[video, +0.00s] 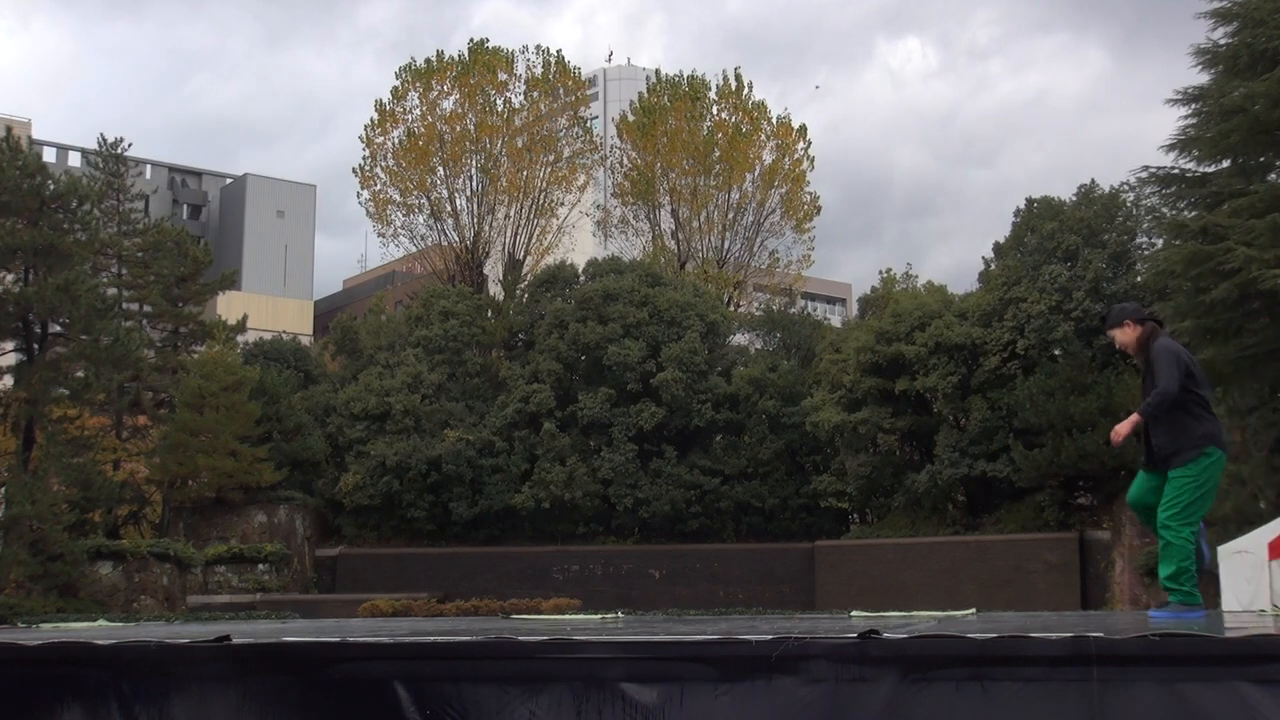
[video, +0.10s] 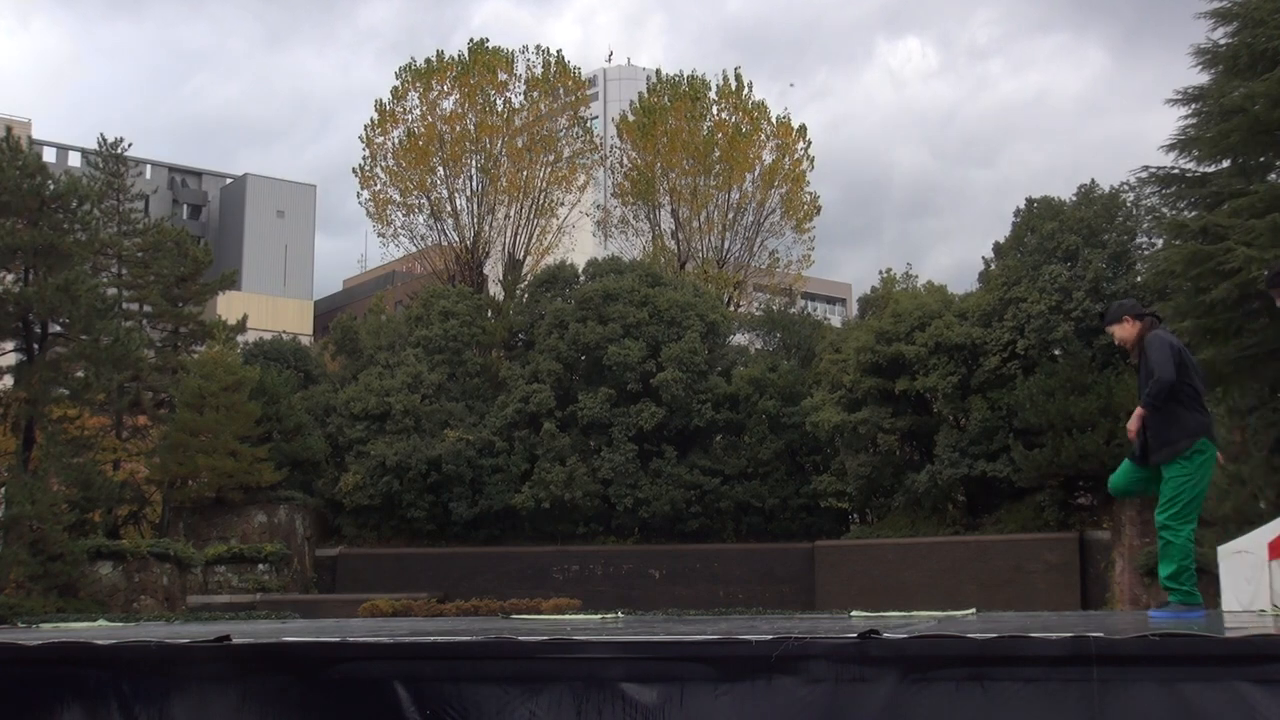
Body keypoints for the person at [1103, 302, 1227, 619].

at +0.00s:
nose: (1116, 345)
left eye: (1115, 336)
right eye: (1113, 339)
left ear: (1131, 326)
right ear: (1131, 328)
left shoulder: (1163, 349)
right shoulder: (1150, 357)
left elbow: (1167, 391)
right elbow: (1168, 402)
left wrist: (1132, 420)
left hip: (1197, 451)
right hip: (1170, 454)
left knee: (1173, 521)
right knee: (1140, 498)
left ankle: (1185, 599)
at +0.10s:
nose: (1115, 340)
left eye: (1114, 332)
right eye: (1111, 335)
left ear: (1129, 321)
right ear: (1129, 324)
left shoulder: (1156, 340)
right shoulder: (1149, 347)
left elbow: (1163, 379)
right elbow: (1183, 397)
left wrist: (1140, 411)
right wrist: (1207, 443)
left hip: (1188, 444)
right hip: (1164, 442)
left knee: (1171, 520)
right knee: (1120, 484)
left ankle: (1185, 599)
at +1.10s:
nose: (1126, 318)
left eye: (1130, 312)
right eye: (1118, 315)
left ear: (1141, 318)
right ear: (1109, 327)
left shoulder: (1159, 341)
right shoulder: (1122, 364)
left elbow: (1197, 371)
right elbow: (1135, 400)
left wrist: (1180, 401)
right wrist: (1123, 426)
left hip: (1164, 446)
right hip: (1124, 443)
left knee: (1161, 523)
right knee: (1076, 483)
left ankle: (1169, 600)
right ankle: (1127, 471)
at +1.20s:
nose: (1116, 320)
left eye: (1121, 314)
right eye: (1109, 317)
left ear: (1132, 319)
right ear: (1101, 328)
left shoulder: (1151, 341)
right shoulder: (1115, 366)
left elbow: (1192, 369)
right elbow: (1128, 402)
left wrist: (1175, 401)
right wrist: (1118, 427)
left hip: (1159, 447)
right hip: (1119, 445)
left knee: (1160, 523)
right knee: (1073, 485)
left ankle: (1169, 599)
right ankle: (1116, 477)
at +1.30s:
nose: (1106, 322)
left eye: (1110, 316)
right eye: (1098, 319)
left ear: (1121, 321)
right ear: (1090, 330)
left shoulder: (1142, 343)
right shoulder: (1106, 370)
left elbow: (1184, 369)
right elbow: (1120, 408)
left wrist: (1167, 401)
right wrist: (1109, 435)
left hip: (1154, 448)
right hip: (1113, 448)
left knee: (1156, 523)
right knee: (1070, 490)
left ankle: (1170, 599)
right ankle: (1110, 508)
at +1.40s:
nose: (1095, 324)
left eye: (1100, 317)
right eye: (1088, 321)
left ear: (1111, 323)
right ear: (1081, 332)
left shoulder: (1134, 347)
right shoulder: (1091, 375)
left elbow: (1173, 375)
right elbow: (1098, 427)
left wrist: (1152, 403)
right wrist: (1062, 441)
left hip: (1148, 451)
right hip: (1108, 456)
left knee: (1151, 525)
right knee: (1074, 504)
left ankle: (1170, 599)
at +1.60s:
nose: (1062, 338)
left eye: (1069, 331)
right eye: (1056, 333)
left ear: (1083, 334)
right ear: (1051, 342)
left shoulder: (1097, 362)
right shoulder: (1068, 380)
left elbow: (1131, 395)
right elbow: (1068, 429)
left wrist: (1120, 423)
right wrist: (1040, 435)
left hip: (1120, 460)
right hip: (1089, 468)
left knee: (1116, 526)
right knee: (1078, 532)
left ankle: (1162, 593)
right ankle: (1093, 602)